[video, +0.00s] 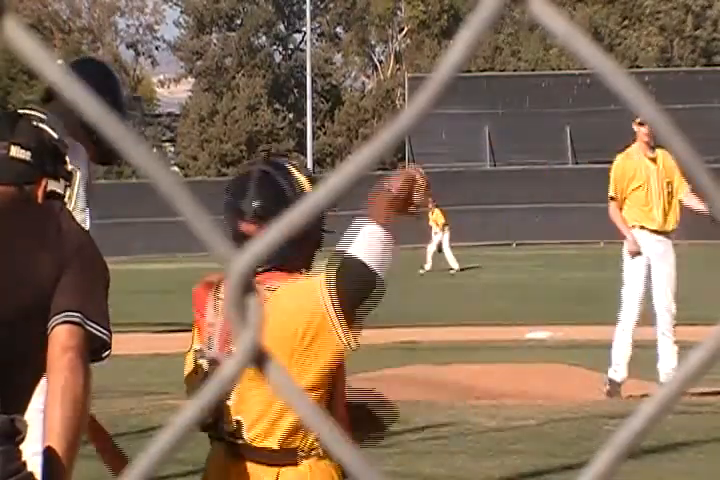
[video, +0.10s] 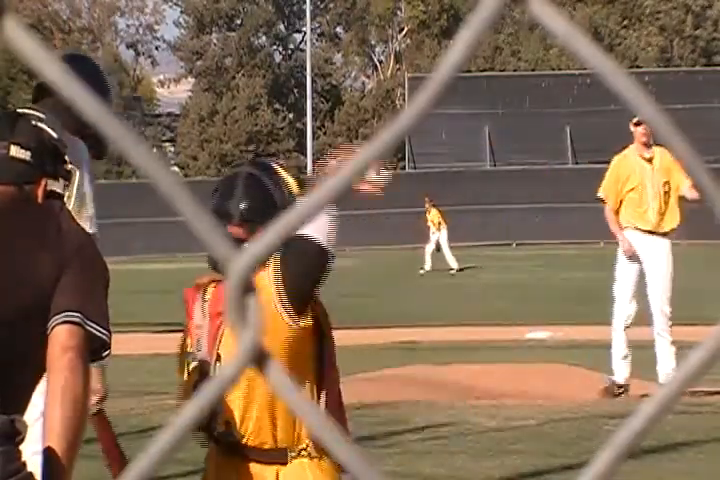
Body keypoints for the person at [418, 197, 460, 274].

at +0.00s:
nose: (430, 205)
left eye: (431, 203)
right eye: (429, 203)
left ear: (434, 204)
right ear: (428, 205)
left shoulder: (438, 212)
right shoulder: (430, 213)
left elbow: (442, 221)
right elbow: (431, 223)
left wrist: (440, 229)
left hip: (443, 229)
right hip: (436, 230)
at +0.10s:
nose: (426, 205)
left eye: (428, 203)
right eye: (425, 203)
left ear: (431, 203)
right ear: (425, 204)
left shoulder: (435, 211)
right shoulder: (428, 213)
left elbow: (438, 221)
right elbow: (430, 223)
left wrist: (437, 229)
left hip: (442, 229)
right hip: (434, 230)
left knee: (445, 248)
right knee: (428, 249)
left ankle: (454, 266)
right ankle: (427, 267)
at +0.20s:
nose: (424, 204)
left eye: (425, 202)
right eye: (423, 202)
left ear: (429, 203)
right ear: (423, 203)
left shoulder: (433, 210)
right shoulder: (425, 212)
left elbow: (435, 220)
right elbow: (427, 221)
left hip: (439, 227)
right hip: (432, 228)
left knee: (443, 246)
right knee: (428, 247)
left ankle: (452, 265)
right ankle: (427, 266)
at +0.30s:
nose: (422, 203)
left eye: (423, 201)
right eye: (421, 201)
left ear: (426, 201)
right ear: (421, 203)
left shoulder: (430, 209)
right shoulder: (425, 210)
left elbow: (431, 221)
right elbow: (427, 222)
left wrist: (430, 231)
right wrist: (428, 233)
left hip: (438, 227)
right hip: (431, 227)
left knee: (439, 244)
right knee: (427, 246)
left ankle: (450, 264)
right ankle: (427, 266)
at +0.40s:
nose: (421, 201)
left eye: (422, 199)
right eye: (421, 199)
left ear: (426, 200)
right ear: (421, 201)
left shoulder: (429, 208)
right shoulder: (425, 209)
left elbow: (429, 222)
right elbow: (426, 223)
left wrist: (428, 234)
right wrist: (427, 235)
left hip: (436, 225)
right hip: (430, 226)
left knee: (436, 243)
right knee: (428, 245)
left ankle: (447, 262)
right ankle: (427, 266)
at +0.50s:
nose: (421, 200)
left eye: (423, 198)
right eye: (421, 198)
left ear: (426, 199)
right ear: (423, 199)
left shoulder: (429, 206)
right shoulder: (426, 208)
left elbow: (427, 216)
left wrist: (426, 225)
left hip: (436, 225)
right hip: (430, 225)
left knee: (433, 243)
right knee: (428, 245)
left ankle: (444, 259)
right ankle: (427, 265)